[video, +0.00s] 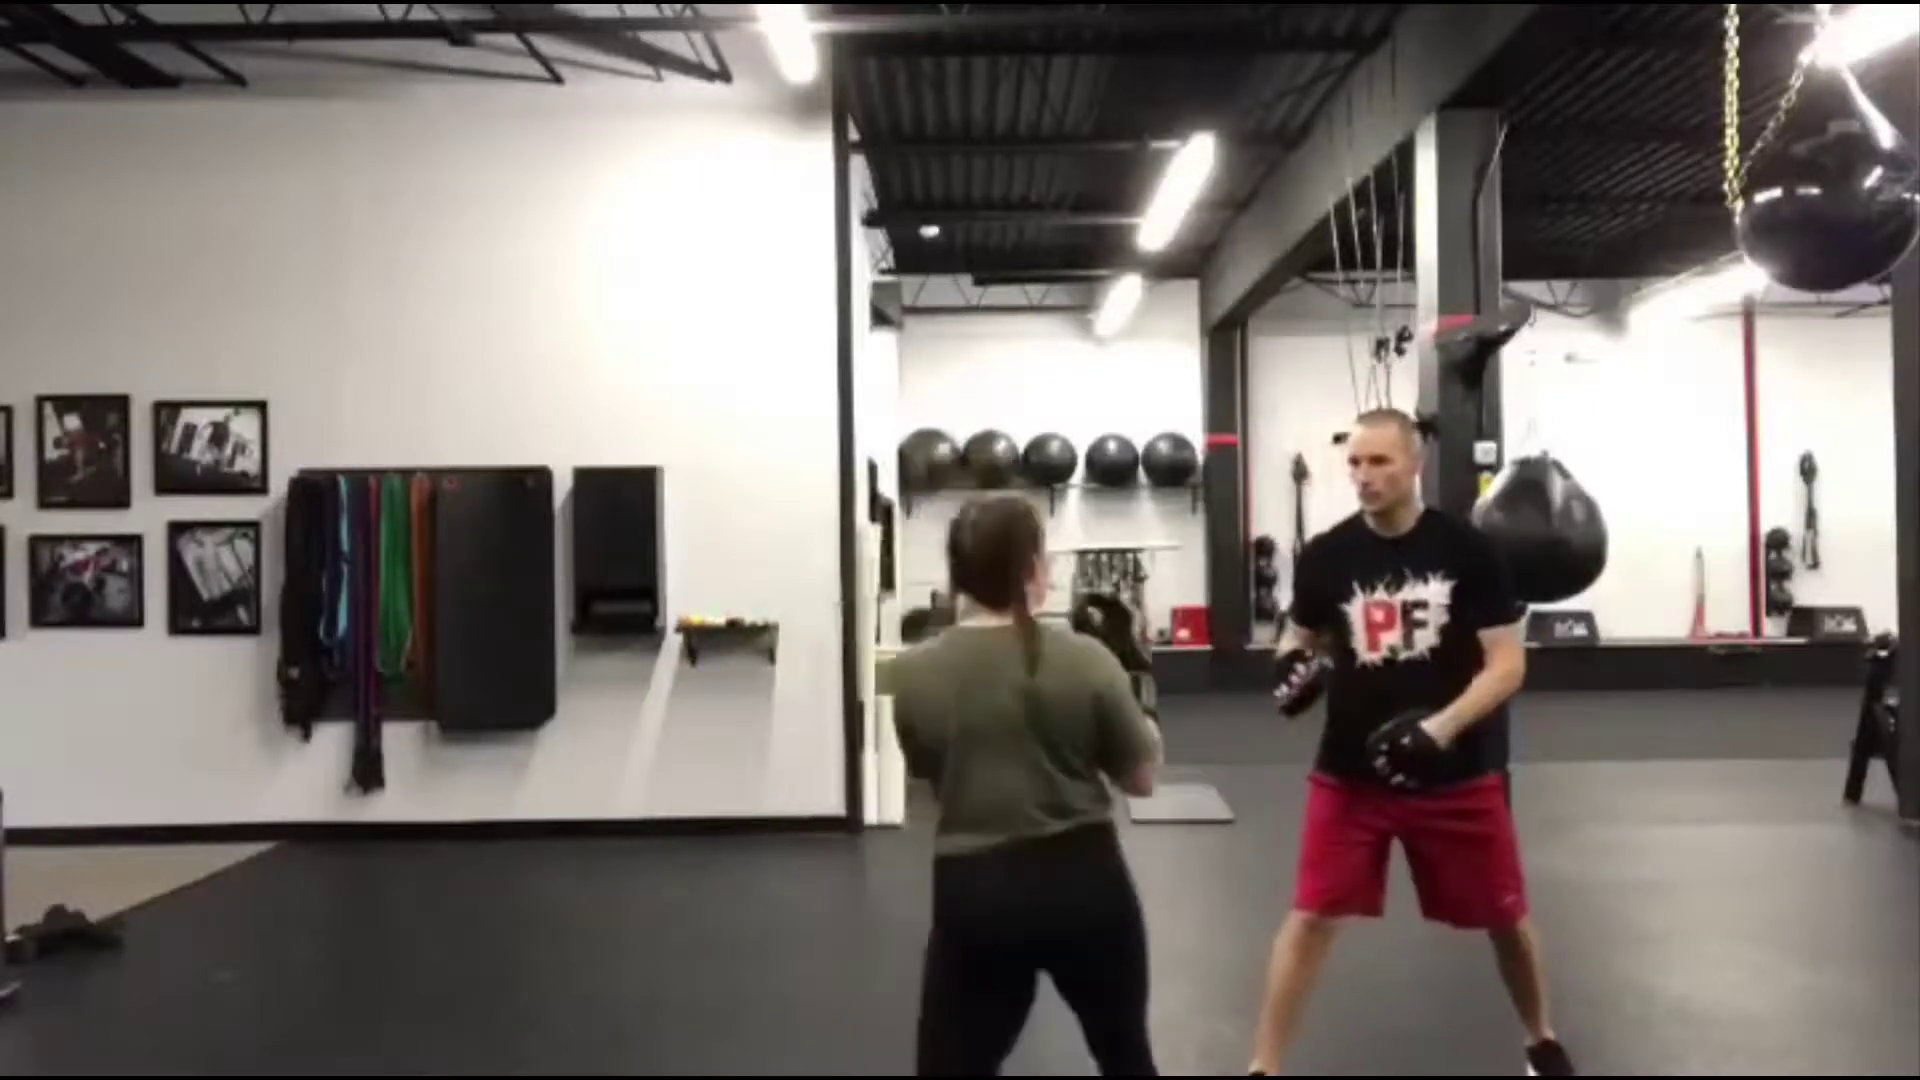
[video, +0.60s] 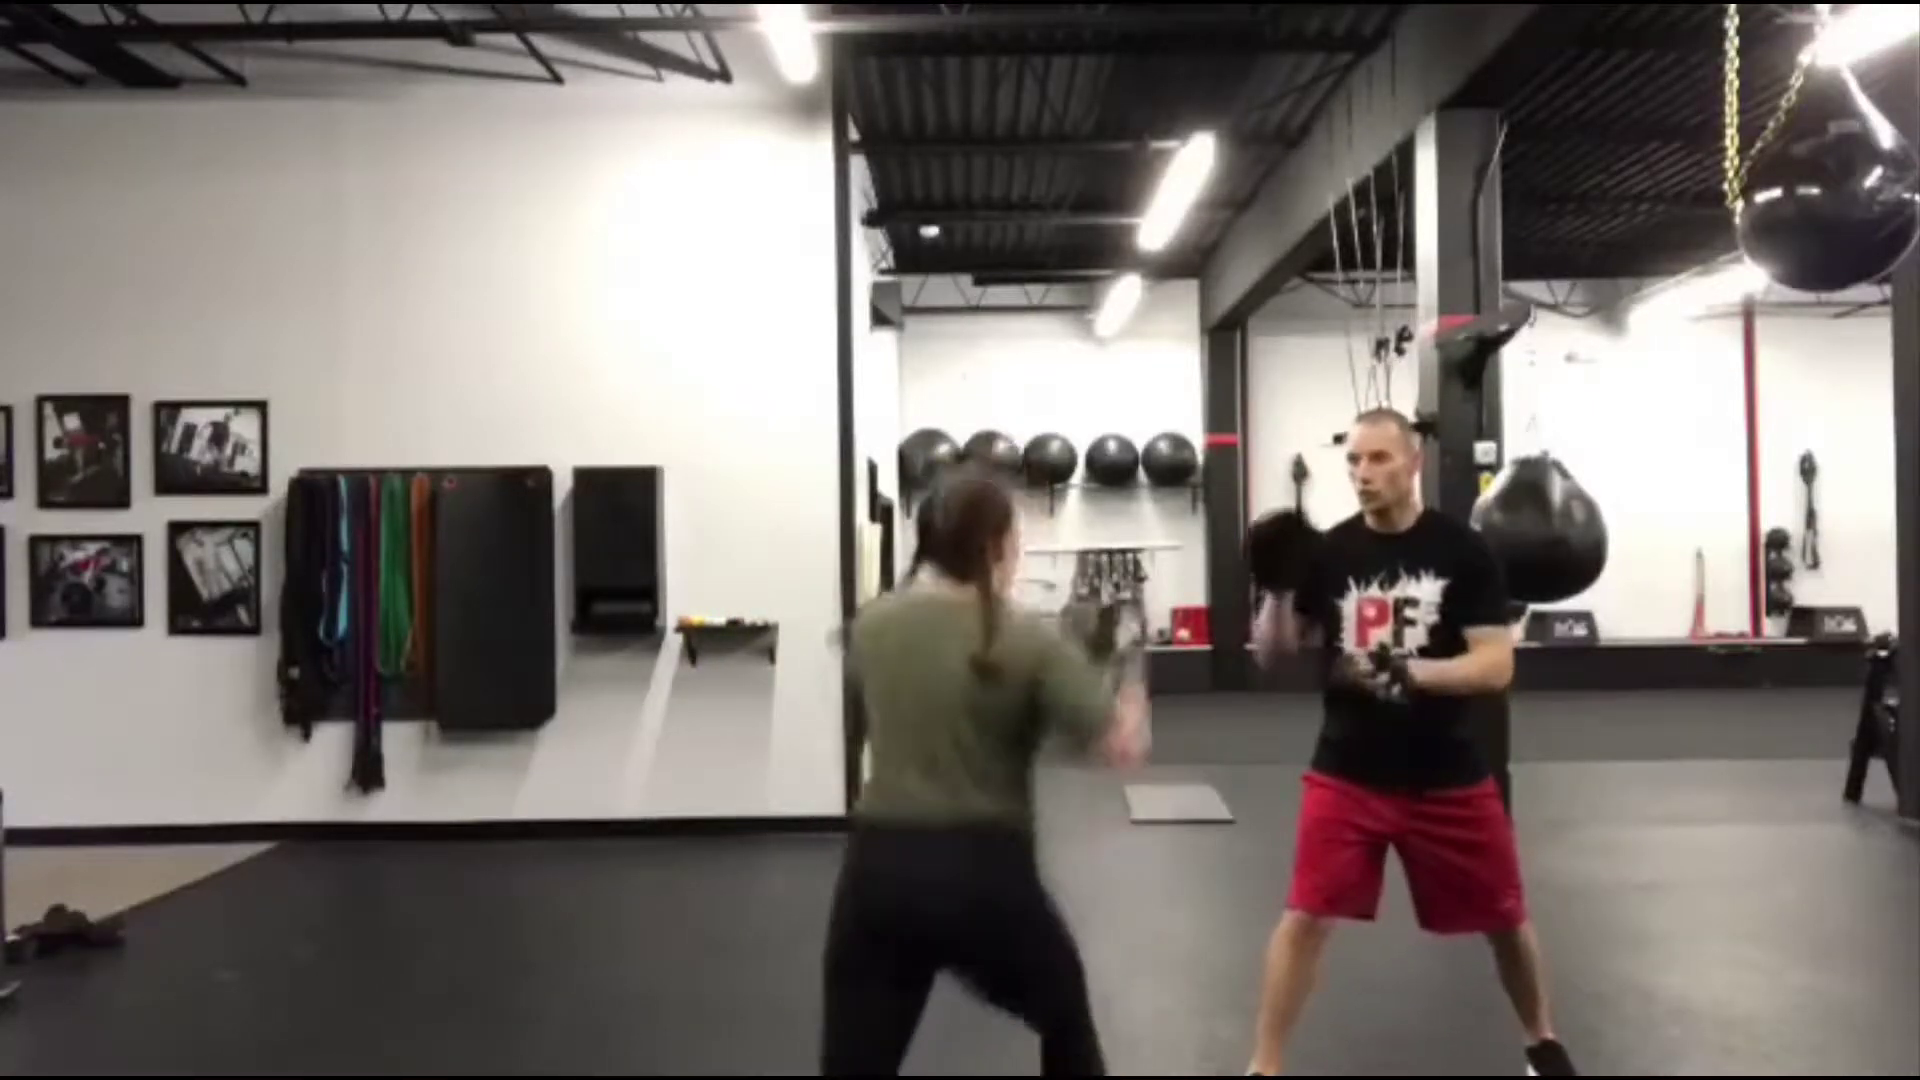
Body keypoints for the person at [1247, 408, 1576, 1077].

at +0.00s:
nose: (1365, 475)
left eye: (1379, 462)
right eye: (1356, 464)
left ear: (1416, 464)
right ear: (1348, 469)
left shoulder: (1467, 549)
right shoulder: (1324, 556)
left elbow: (1507, 663)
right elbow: (1301, 637)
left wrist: (1440, 727)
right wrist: (1296, 668)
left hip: (1458, 778)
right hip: (1350, 776)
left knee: (1508, 920)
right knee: (1313, 915)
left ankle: (1542, 1043)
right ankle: (1264, 1064)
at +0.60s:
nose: (1365, 473)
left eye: (1379, 458)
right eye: (1356, 461)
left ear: (1414, 460)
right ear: (1347, 468)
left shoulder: (1463, 550)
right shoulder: (1330, 551)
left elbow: (1496, 665)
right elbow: (1278, 655)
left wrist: (1409, 670)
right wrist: (1278, 588)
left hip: (1452, 779)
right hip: (1348, 775)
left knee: (1508, 921)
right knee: (1305, 915)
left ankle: (1543, 1044)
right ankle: (1265, 1064)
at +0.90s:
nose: (1319, 477)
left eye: (1334, 464)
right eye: (1312, 465)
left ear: (1371, 468)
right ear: (1308, 474)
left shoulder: (1434, 549)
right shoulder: (1297, 559)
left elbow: (1474, 661)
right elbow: (1242, 630)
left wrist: (1386, 667)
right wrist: (1204, 557)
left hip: (1435, 779)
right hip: (1332, 778)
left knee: (1498, 924)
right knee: (1294, 918)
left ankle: (1543, 1041)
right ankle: (1263, 1065)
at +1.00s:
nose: (1300, 473)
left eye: (1314, 459)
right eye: (1291, 462)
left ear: (1353, 463)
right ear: (1286, 472)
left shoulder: (1414, 546)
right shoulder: (1274, 557)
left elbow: (1458, 659)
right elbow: (1230, 637)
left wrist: (1373, 664)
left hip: (1421, 774)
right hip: (1318, 775)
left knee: (1485, 915)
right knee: (1288, 915)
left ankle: (1534, 1034)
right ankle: (1262, 1065)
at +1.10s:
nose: (1294, 478)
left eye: (1307, 464)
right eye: (1285, 467)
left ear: (1345, 464)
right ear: (1278, 475)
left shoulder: (1408, 542)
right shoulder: (1267, 558)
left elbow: (1448, 650)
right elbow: (1227, 653)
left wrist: (1369, 645)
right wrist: (1218, 656)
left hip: (1416, 770)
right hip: (1314, 773)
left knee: (1476, 909)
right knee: (1287, 914)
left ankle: (1516, 1025)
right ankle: (1262, 1064)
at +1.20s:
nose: (1301, 493)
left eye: (1314, 479)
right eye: (1291, 481)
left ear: (1351, 475)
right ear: (1282, 485)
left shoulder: (1413, 545)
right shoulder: (1273, 560)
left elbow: (1443, 655)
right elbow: (1236, 653)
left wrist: (1355, 631)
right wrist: (1249, 722)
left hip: (1417, 774)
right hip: (1318, 777)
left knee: (1478, 914)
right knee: (1288, 915)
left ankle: (1509, 1019)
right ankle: (1261, 1065)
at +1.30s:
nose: (1322, 503)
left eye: (1335, 489)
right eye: (1312, 491)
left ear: (1372, 485)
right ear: (1304, 494)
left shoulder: (1423, 556)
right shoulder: (1291, 571)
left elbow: (1441, 666)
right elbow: (1257, 662)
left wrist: (1349, 630)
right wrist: (1285, 739)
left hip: (1425, 779)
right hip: (1329, 777)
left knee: (1483, 922)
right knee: (1293, 914)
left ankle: (1508, 1022)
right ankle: (1261, 1065)